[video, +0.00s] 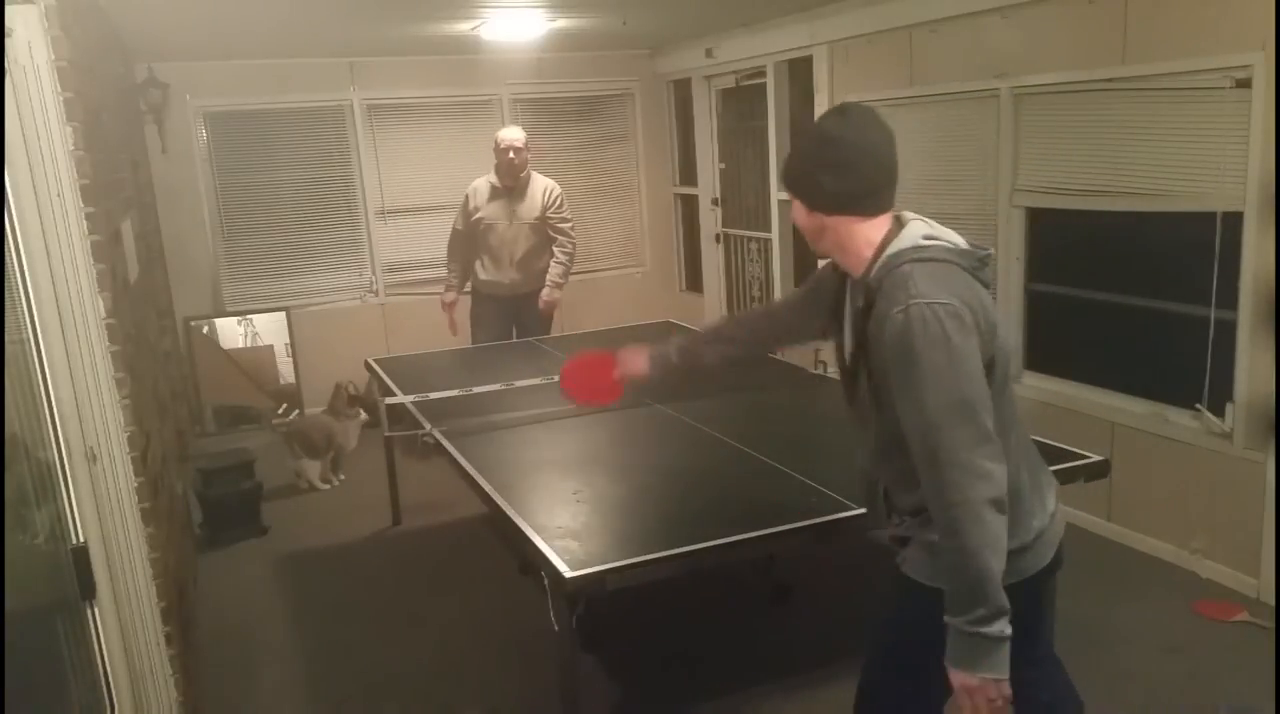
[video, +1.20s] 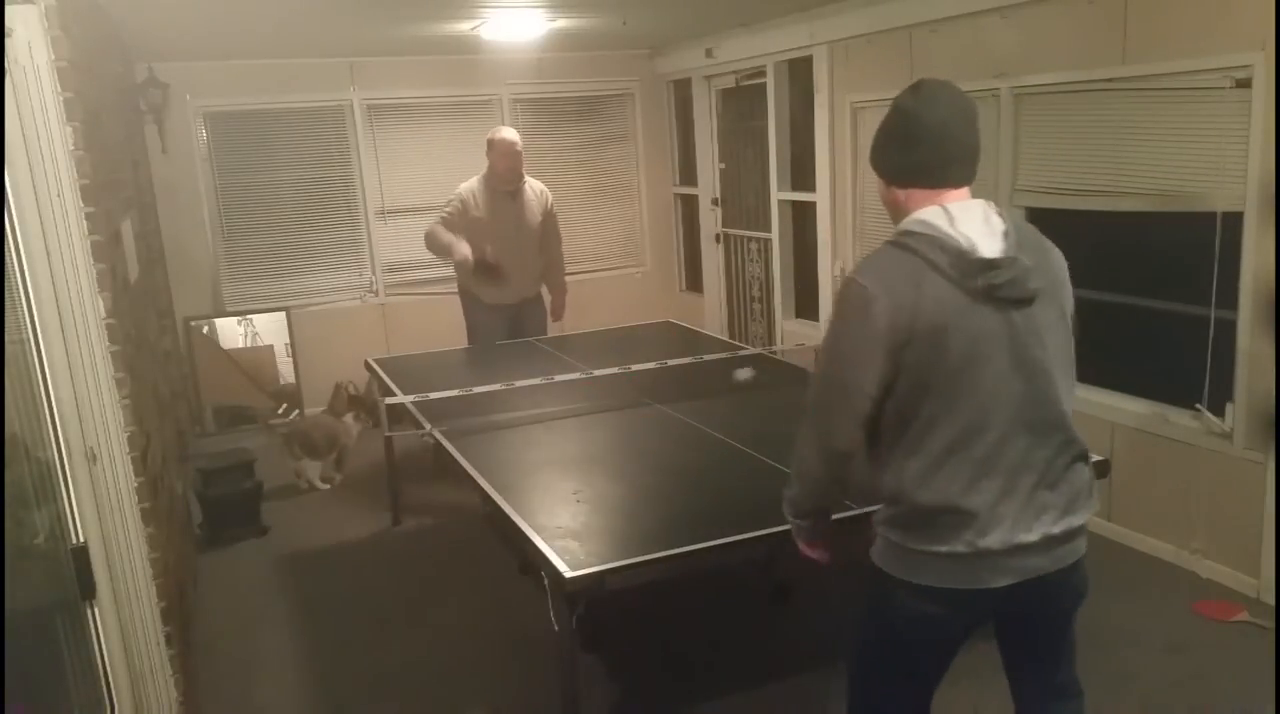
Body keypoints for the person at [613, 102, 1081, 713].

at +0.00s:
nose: (791, 212)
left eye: (792, 199)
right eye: (791, 199)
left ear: (813, 209)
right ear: (875, 190)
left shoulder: (919, 306)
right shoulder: (867, 271)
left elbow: (965, 483)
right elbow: (769, 325)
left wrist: (980, 646)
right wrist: (657, 359)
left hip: (960, 565)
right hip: (1003, 542)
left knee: (890, 699)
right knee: (1034, 686)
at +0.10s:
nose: (788, 208)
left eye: (786, 195)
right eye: (788, 192)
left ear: (802, 206)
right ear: (870, 185)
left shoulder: (899, 300)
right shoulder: (885, 260)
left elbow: (949, 473)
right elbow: (798, 358)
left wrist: (967, 632)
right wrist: (689, 401)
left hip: (950, 562)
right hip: (1010, 538)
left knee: (887, 701)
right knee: (1033, 684)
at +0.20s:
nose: (790, 197)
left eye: (791, 182)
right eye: (790, 180)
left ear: (803, 194)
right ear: (878, 170)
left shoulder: (884, 294)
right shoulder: (915, 242)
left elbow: (924, 466)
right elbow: (852, 392)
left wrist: (928, 618)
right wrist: (764, 442)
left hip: (953, 557)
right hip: (1015, 526)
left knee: (889, 701)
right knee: (1025, 684)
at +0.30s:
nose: (807, 194)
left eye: (805, 177)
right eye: (807, 176)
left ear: (817, 184)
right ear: (892, 165)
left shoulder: (874, 284)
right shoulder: (935, 238)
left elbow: (890, 454)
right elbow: (942, 398)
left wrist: (869, 596)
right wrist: (851, 475)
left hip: (955, 558)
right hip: (1020, 527)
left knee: (894, 699)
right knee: (1009, 685)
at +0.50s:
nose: (848, 173)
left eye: (849, 156)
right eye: (849, 154)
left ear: (861, 166)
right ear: (943, 151)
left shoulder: (879, 282)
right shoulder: (1008, 246)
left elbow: (844, 443)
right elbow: (1018, 376)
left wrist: (775, 548)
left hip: (929, 565)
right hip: (1034, 546)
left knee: (897, 704)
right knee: (1032, 693)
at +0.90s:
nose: (891, 168)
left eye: (893, 153)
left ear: (899, 160)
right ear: (986, 154)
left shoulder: (882, 271)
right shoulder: (1063, 261)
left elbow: (846, 424)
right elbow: (1076, 395)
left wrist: (820, 527)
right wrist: (1005, 448)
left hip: (911, 563)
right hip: (1034, 555)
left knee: (872, 703)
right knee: (1041, 698)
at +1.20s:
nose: (879, 189)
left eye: (880, 176)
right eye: (881, 174)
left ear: (889, 181)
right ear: (970, 165)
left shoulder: (882, 281)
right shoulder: (1046, 259)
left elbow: (834, 426)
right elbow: (1048, 389)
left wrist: (809, 516)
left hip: (932, 570)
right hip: (1051, 561)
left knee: (884, 704)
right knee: (1055, 699)